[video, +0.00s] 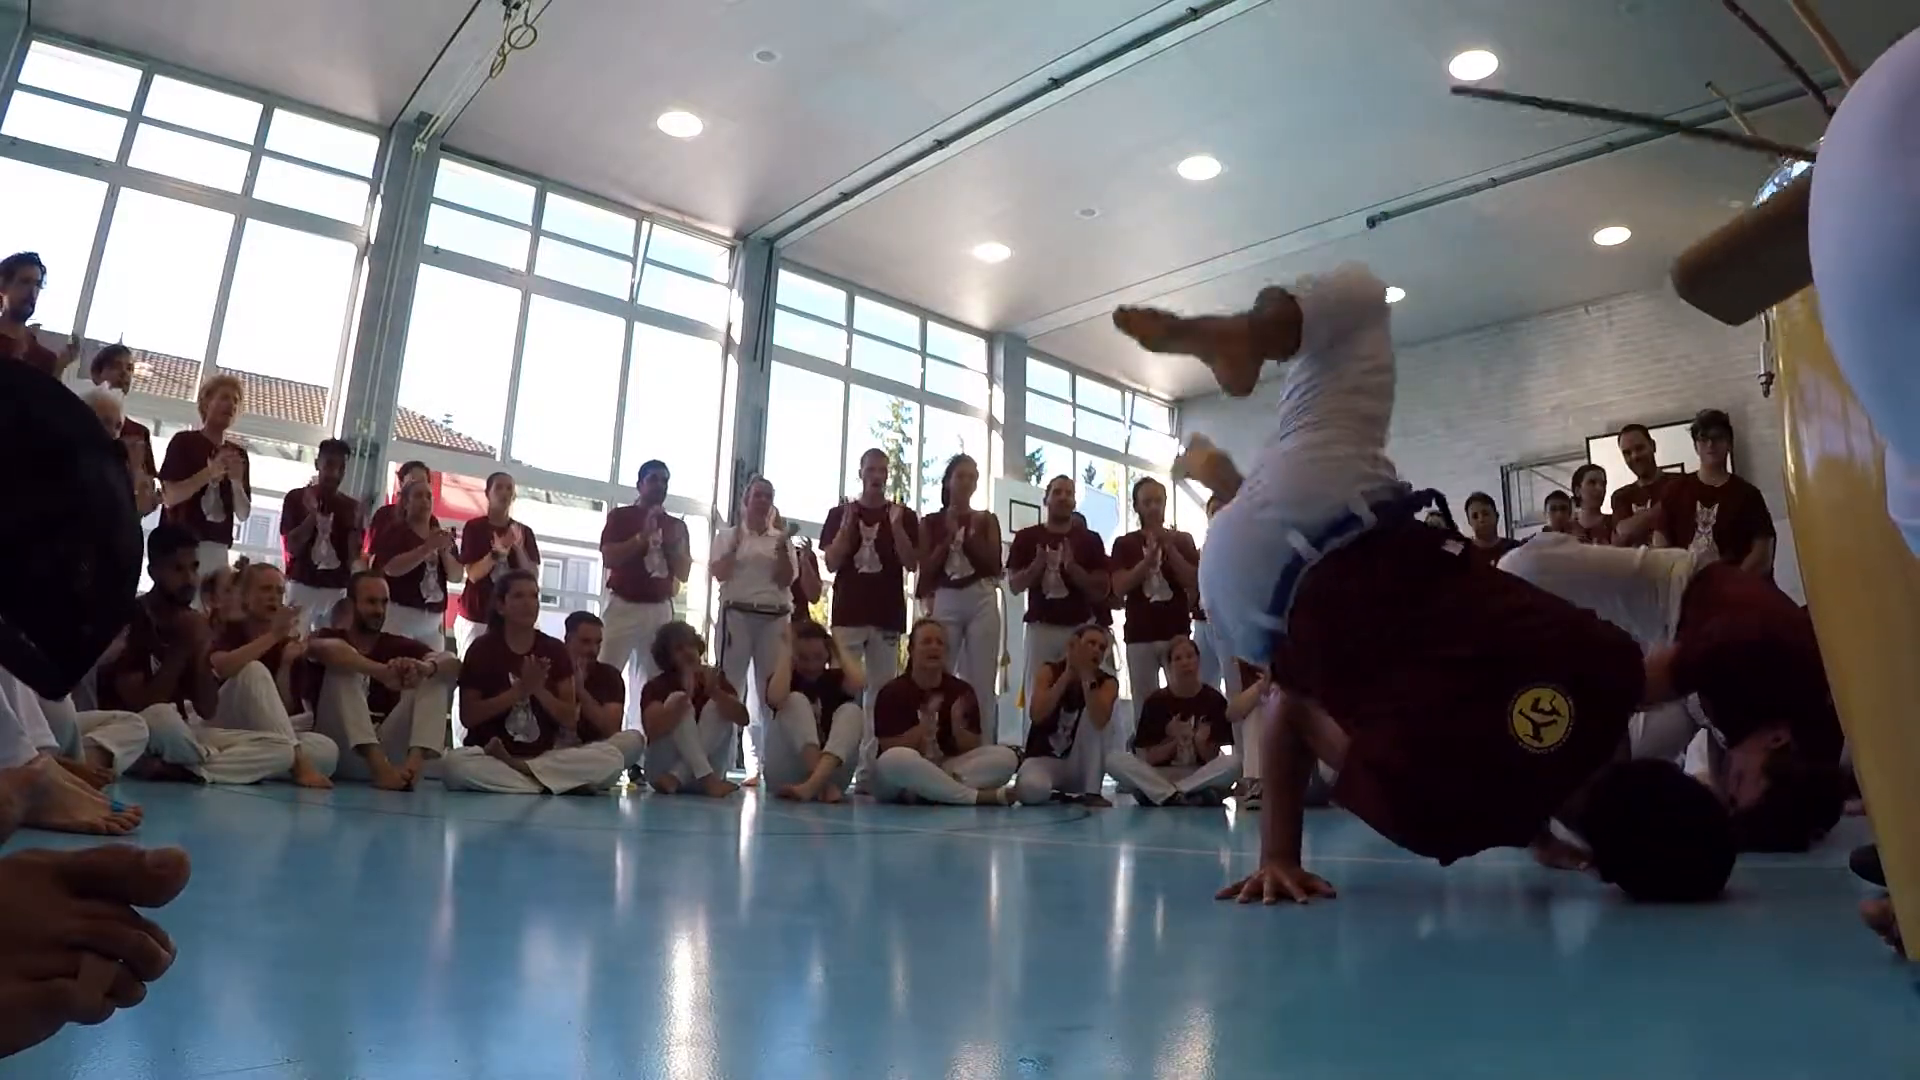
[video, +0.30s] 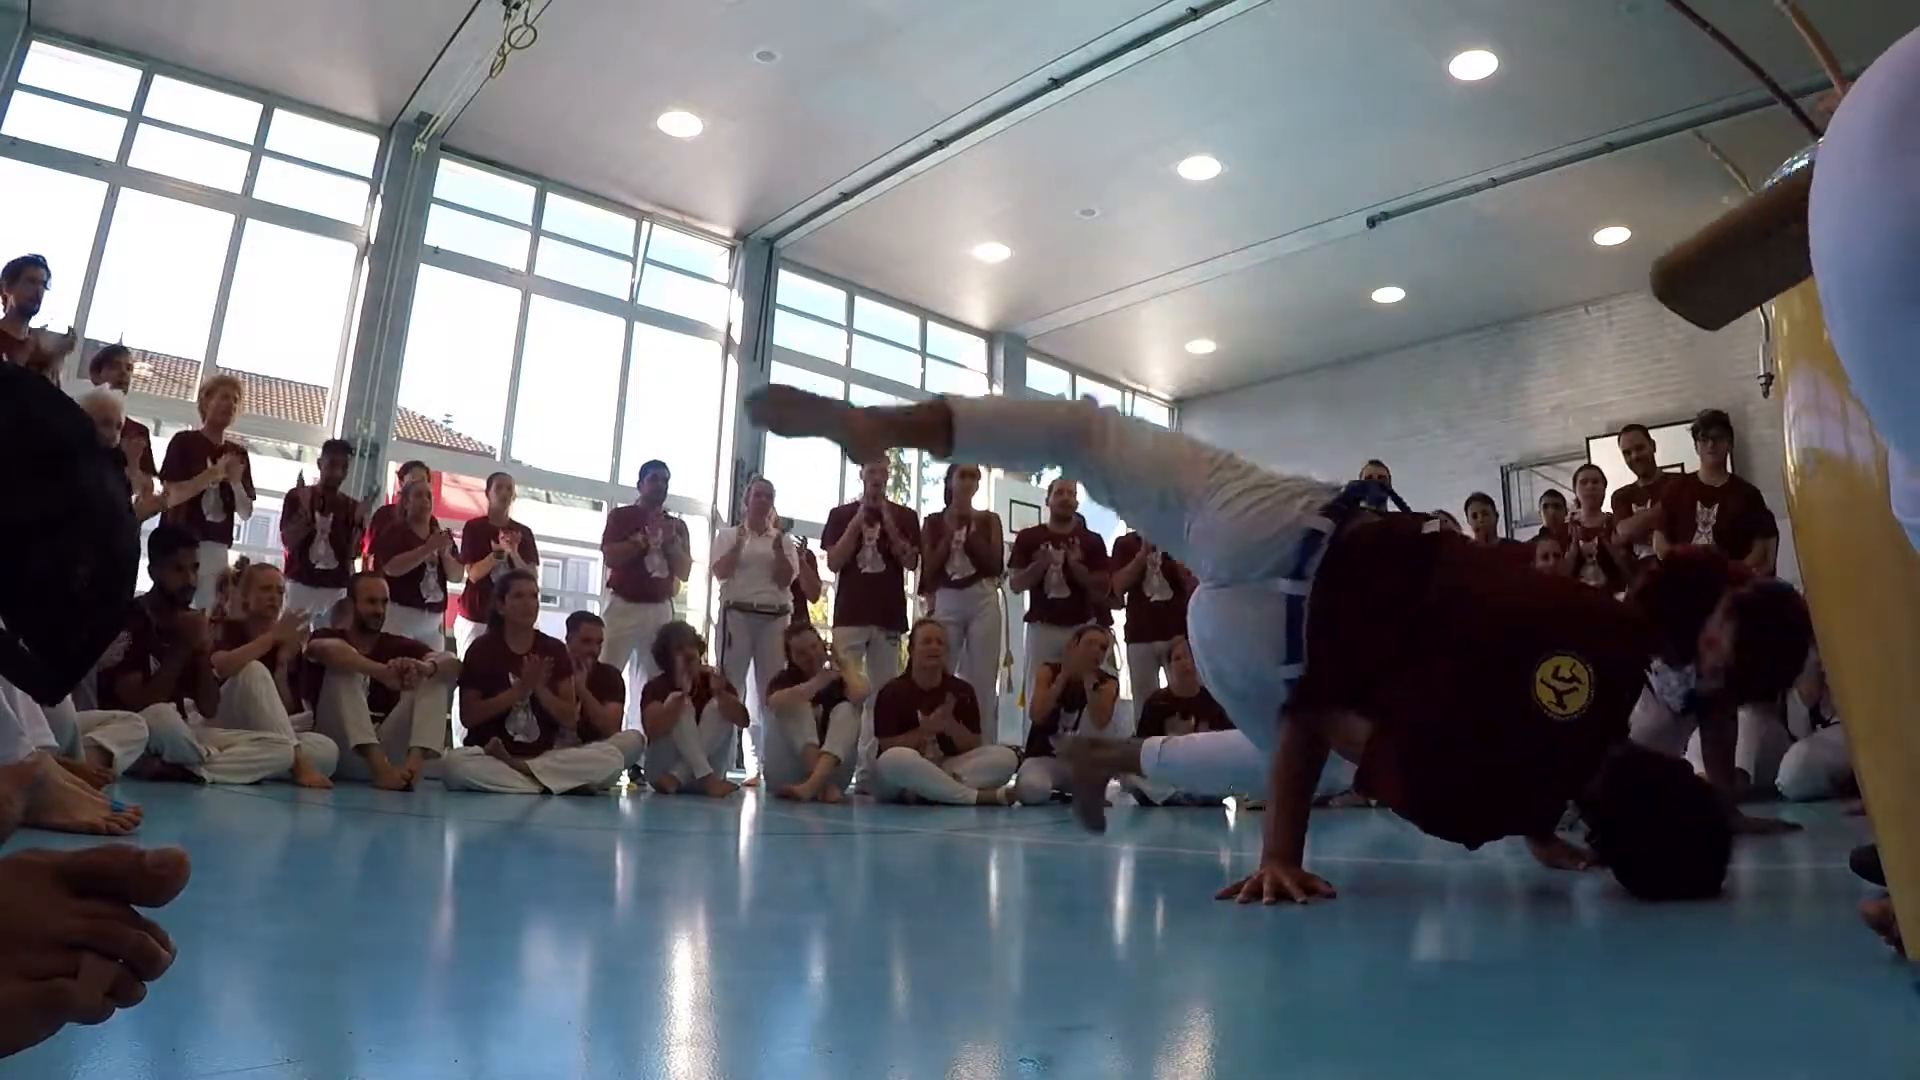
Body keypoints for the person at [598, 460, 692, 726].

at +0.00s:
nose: (659, 484)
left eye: (664, 480)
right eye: (653, 479)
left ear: (668, 487)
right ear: (639, 484)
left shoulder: (676, 526)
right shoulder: (619, 517)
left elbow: (683, 574)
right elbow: (610, 558)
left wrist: (672, 547)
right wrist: (642, 537)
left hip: (659, 610)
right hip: (622, 607)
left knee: (654, 685)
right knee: (605, 680)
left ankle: (649, 749)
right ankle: (598, 745)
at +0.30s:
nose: (660, 484)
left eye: (664, 480)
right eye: (654, 479)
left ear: (668, 487)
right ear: (640, 484)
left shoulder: (676, 525)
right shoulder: (620, 516)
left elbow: (684, 573)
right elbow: (611, 557)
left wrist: (671, 545)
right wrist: (639, 542)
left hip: (660, 609)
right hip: (623, 606)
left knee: (654, 684)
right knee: (606, 679)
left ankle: (650, 747)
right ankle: (599, 743)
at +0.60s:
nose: (661, 485)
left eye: (665, 481)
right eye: (655, 479)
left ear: (669, 487)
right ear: (641, 484)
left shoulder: (678, 525)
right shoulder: (621, 516)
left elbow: (685, 574)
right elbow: (611, 557)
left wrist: (672, 545)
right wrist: (647, 542)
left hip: (660, 610)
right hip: (622, 608)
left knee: (657, 687)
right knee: (605, 681)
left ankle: (653, 753)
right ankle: (598, 748)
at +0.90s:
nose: (663, 485)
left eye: (668, 481)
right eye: (657, 479)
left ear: (671, 488)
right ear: (642, 484)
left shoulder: (678, 525)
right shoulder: (621, 516)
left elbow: (685, 572)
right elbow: (612, 556)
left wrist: (672, 544)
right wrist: (649, 541)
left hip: (660, 610)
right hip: (622, 608)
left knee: (656, 686)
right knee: (606, 681)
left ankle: (652, 748)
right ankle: (599, 746)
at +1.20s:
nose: (664, 487)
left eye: (669, 482)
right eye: (658, 480)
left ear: (672, 488)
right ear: (644, 484)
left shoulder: (678, 526)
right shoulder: (623, 516)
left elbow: (685, 574)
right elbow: (612, 557)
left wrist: (674, 544)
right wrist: (646, 538)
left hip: (660, 610)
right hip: (622, 607)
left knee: (656, 687)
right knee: (606, 682)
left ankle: (652, 752)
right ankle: (598, 748)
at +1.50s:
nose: (664, 487)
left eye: (669, 482)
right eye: (658, 480)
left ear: (672, 489)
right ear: (644, 484)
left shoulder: (678, 525)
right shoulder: (623, 515)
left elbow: (685, 573)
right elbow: (611, 556)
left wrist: (673, 540)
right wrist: (646, 539)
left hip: (660, 610)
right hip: (623, 607)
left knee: (655, 688)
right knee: (606, 683)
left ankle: (653, 752)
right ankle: (598, 748)